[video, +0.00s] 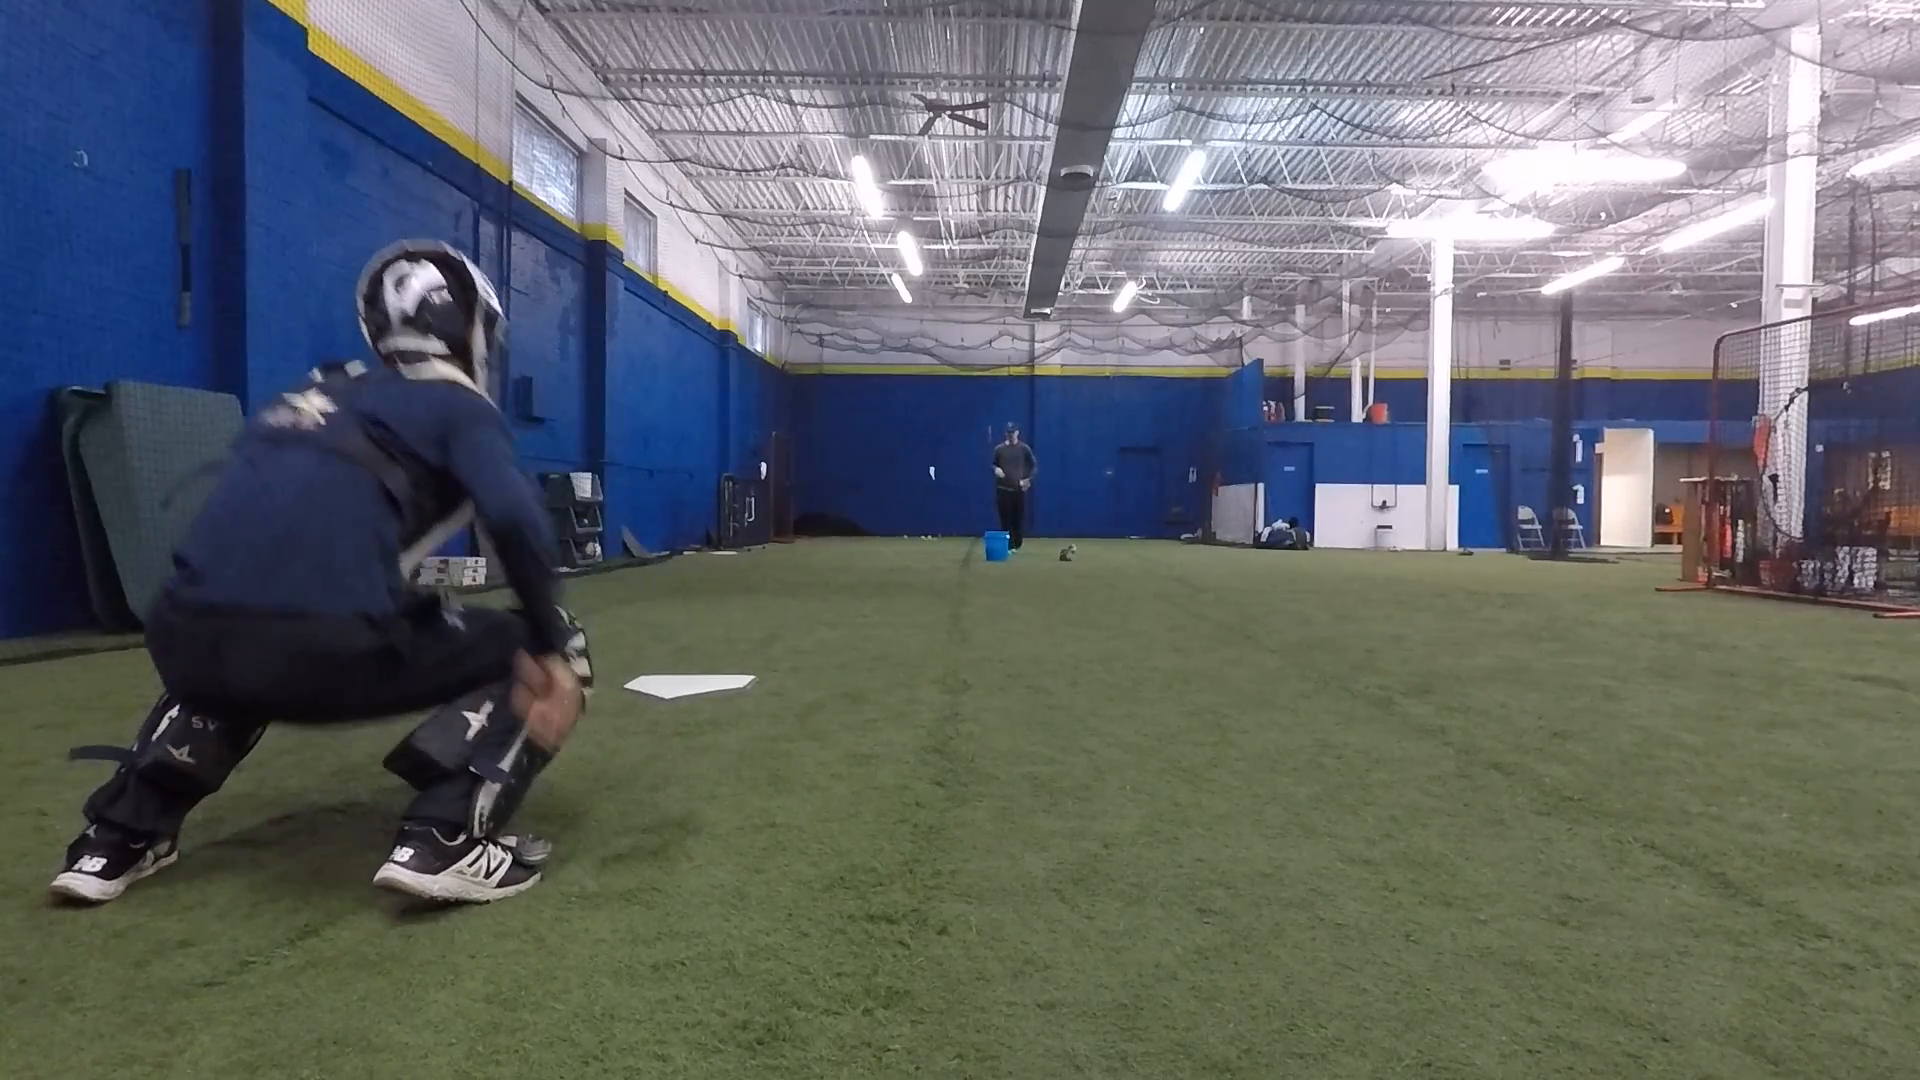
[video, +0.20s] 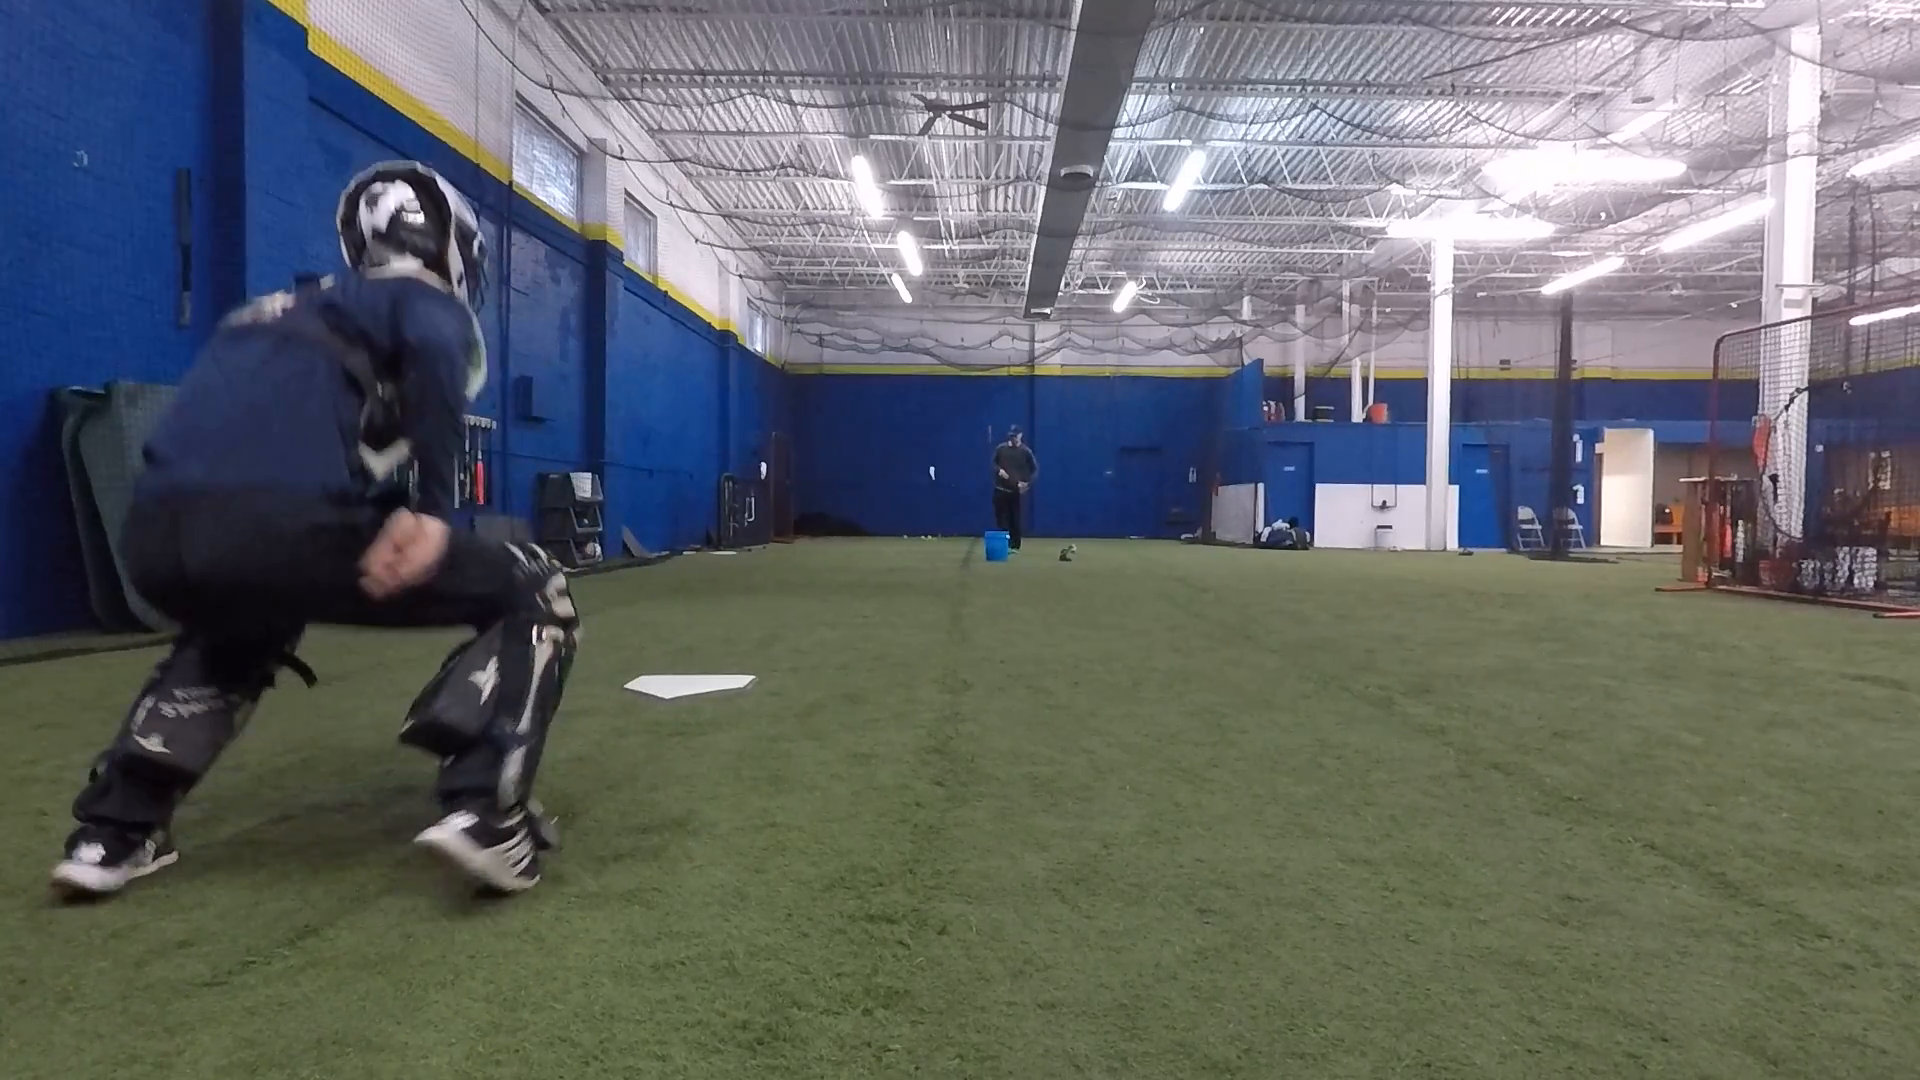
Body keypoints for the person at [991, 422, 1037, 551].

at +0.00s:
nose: (1011, 435)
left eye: (1013, 432)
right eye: (1009, 432)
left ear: (1017, 432)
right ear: (1006, 433)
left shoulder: (1024, 448)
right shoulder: (999, 449)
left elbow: (1034, 467)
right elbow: (993, 463)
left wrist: (1028, 479)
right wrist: (996, 469)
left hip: (1018, 489)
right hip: (1003, 489)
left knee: (1017, 518)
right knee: (1005, 517)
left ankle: (1017, 544)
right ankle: (1007, 544)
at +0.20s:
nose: (1014, 438)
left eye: (1016, 436)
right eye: (1011, 436)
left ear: (1020, 436)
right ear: (1009, 436)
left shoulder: (1026, 451)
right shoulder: (1001, 449)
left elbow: (1035, 470)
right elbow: (994, 463)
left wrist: (1027, 483)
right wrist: (999, 471)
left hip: (1016, 490)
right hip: (1001, 489)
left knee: (1015, 519)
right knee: (1001, 518)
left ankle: (1015, 545)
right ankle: (1002, 544)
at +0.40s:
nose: (1012, 439)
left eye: (1014, 436)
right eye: (1010, 436)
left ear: (1019, 436)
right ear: (1007, 436)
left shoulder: (1025, 452)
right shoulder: (1000, 448)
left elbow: (1032, 469)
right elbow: (991, 461)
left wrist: (1025, 482)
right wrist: (996, 470)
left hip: (1013, 489)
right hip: (997, 487)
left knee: (1013, 518)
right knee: (994, 516)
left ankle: (1014, 545)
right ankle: (990, 545)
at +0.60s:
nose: (1006, 437)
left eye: (1008, 434)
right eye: (1004, 434)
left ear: (1013, 435)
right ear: (1001, 435)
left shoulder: (1019, 451)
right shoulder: (993, 448)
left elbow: (1026, 468)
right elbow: (986, 464)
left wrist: (1021, 481)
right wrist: (992, 471)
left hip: (1008, 490)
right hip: (991, 489)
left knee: (1011, 518)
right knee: (981, 515)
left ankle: (1014, 546)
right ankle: (971, 543)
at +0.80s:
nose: (991, 438)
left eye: (993, 436)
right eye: (989, 436)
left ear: (999, 436)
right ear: (987, 437)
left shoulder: (1006, 452)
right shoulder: (981, 451)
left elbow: (1014, 469)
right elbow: (976, 467)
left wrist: (1011, 482)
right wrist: (981, 473)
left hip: (999, 492)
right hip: (983, 492)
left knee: (1005, 520)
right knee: (973, 519)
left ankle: (1014, 545)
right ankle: (963, 544)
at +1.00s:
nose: (975, 438)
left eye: (977, 435)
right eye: (974, 436)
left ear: (983, 435)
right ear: (972, 437)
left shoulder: (993, 451)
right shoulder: (967, 452)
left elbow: (999, 467)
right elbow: (963, 466)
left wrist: (997, 478)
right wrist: (964, 473)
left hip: (987, 491)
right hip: (971, 491)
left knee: (996, 518)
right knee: (966, 520)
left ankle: (1009, 543)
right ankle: (963, 545)